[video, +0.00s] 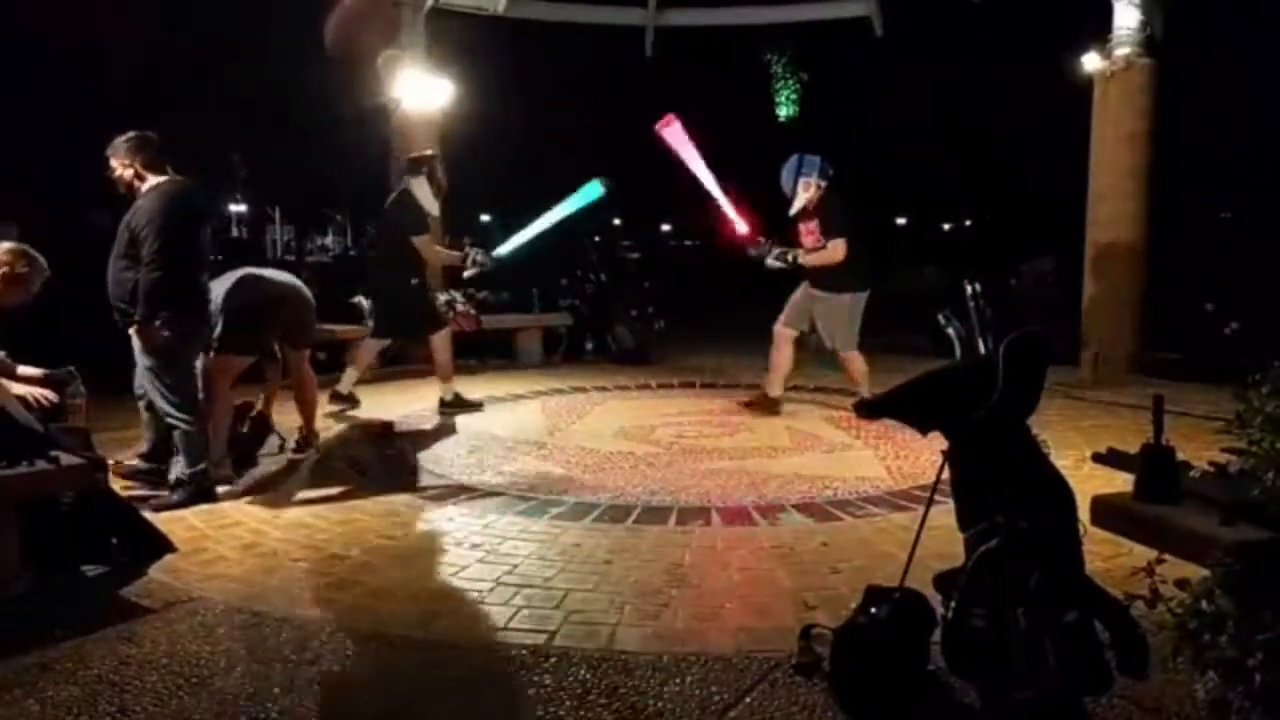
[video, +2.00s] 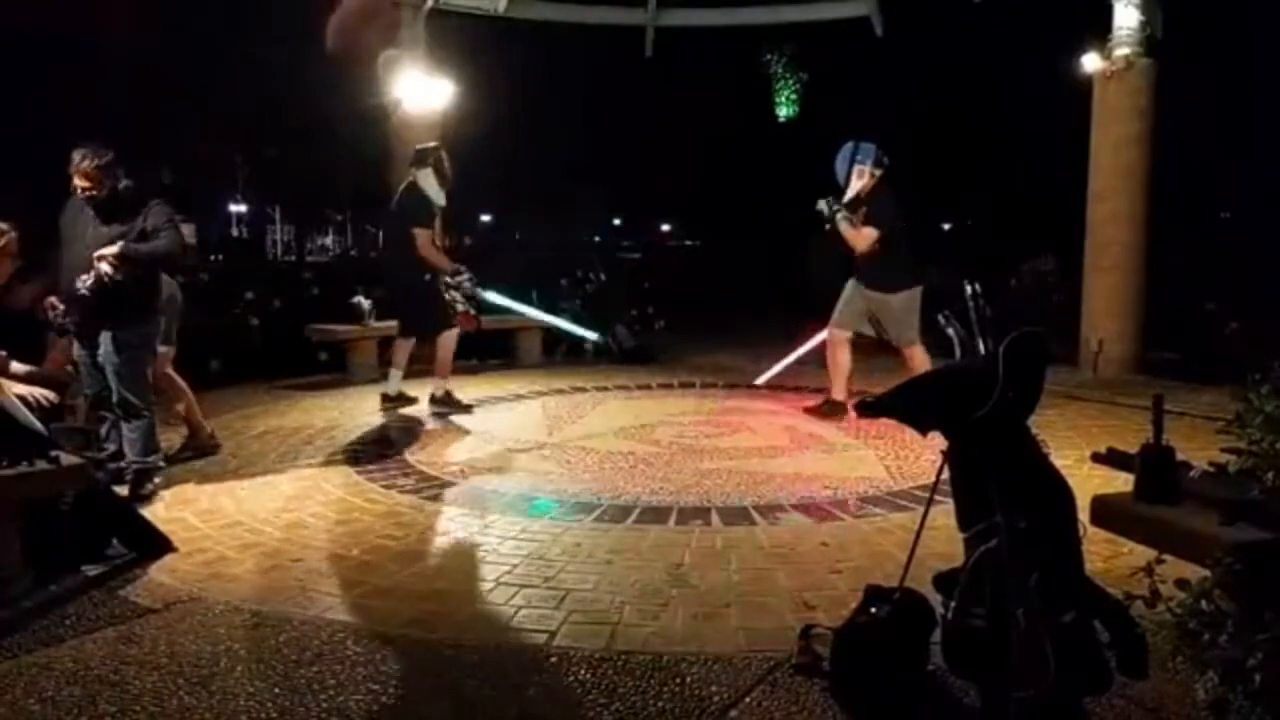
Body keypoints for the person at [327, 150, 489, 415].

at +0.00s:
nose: (444, 175)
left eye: (441, 169)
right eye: (440, 170)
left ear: (414, 173)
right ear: (429, 173)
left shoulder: (411, 199)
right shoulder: (408, 203)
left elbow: (426, 248)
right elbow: (429, 253)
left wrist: (460, 255)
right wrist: (464, 259)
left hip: (392, 281)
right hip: (404, 283)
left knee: (381, 335)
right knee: (440, 329)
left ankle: (343, 389)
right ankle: (449, 395)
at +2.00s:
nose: (448, 174)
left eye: (447, 168)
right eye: (444, 168)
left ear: (418, 168)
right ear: (432, 168)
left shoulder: (408, 193)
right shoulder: (421, 197)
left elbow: (420, 244)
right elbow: (424, 246)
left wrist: (446, 264)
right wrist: (453, 269)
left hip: (403, 274)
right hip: (417, 275)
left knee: (408, 329)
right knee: (449, 328)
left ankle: (392, 390)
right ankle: (441, 391)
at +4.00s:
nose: (446, 193)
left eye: (445, 187)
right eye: (443, 187)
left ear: (418, 182)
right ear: (431, 184)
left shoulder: (402, 207)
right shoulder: (417, 211)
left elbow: (437, 245)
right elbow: (454, 248)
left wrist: (484, 243)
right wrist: (491, 242)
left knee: (391, 334)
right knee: (447, 326)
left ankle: (355, 387)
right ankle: (458, 392)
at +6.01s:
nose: (435, 190)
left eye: (435, 183)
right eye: (432, 183)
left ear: (408, 184)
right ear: (419, 184)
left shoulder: (395, 207)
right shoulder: (405, 209)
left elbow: (423, 256)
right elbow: (424, 256)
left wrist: (458, 266)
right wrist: (461, 266)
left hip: (377, 277)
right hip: (391, 279)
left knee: (384, 330)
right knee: (432, 326)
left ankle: (347, 381)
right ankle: (435, 387)